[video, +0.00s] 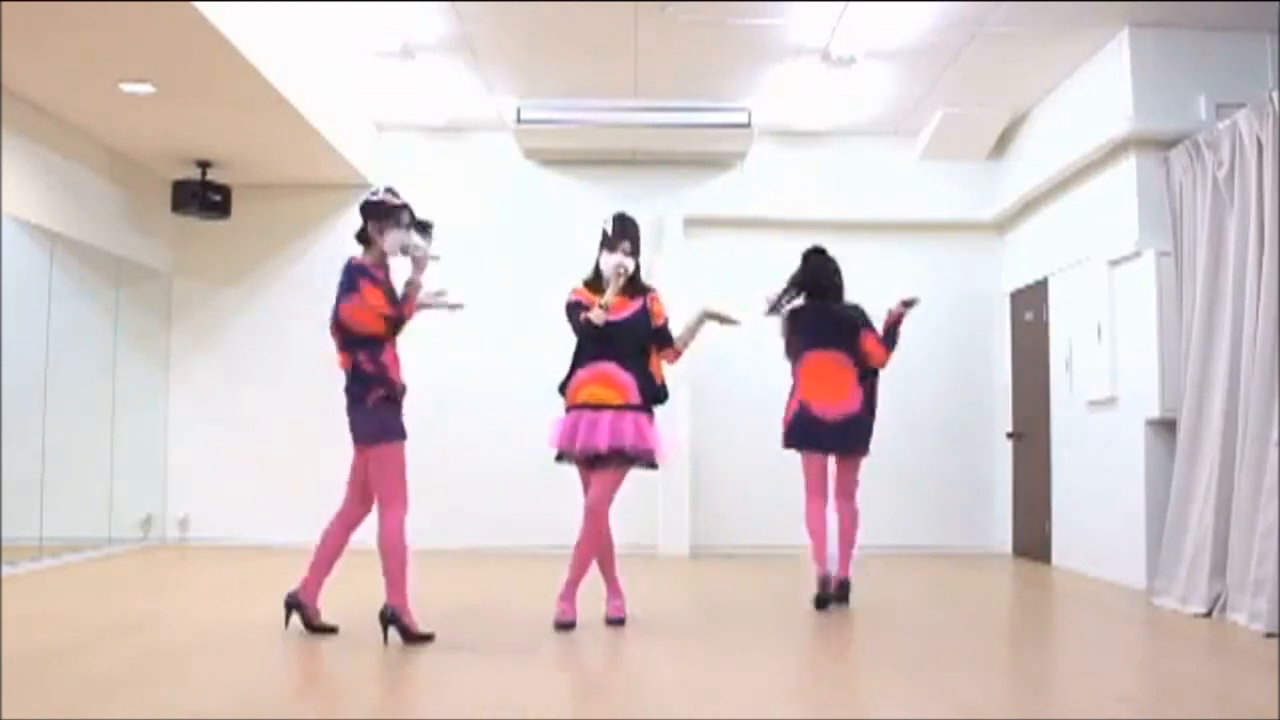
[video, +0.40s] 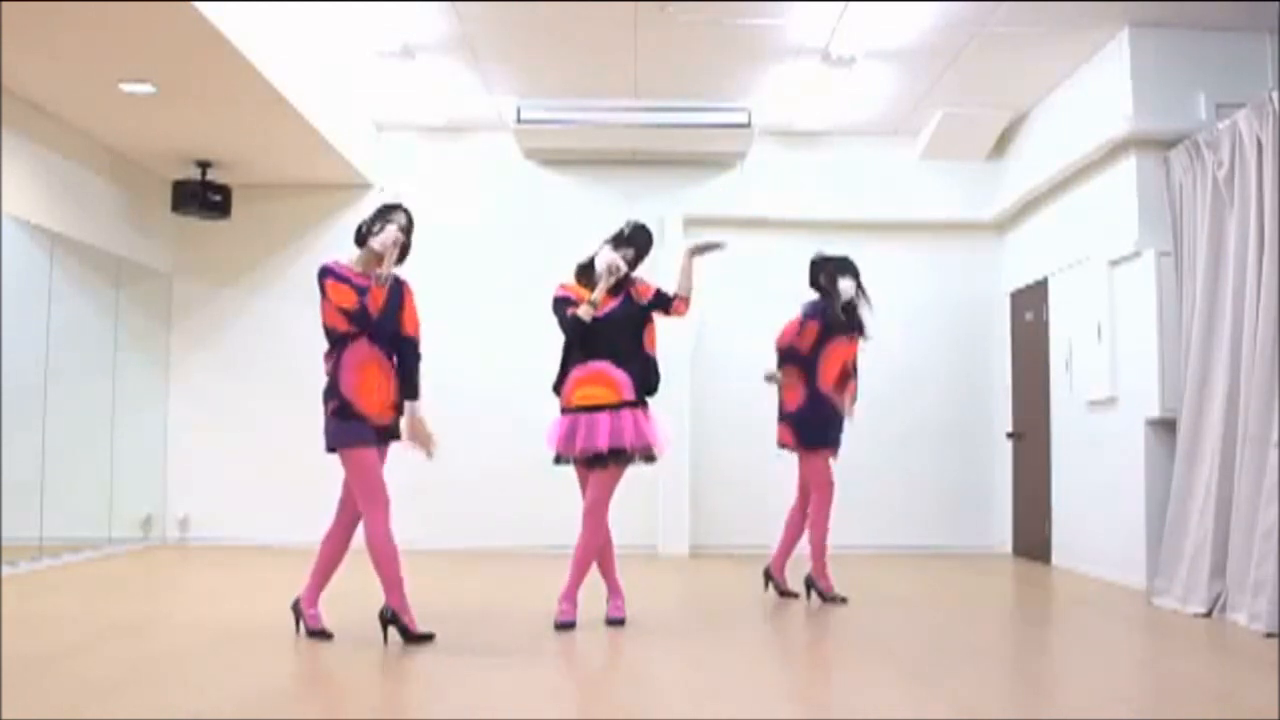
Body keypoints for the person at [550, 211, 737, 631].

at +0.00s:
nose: (620, 261)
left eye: (628, 253)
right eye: (613, 252)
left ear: (637, 258)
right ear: (599, 253)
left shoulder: (647, 301)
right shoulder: (581, 295)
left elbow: (669, 351)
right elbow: (585, 323)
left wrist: (702, 317)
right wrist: (610, 292)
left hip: (627, 406)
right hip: (585, 404)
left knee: (597, 504)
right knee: (594, 506)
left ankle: (567, 593)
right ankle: (614, 592)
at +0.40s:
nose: (623, 262)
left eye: (631, 259)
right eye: (621, 254)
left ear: (637, 261)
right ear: (607, 247)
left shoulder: (636, 290)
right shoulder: (571, 289)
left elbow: (680, 306)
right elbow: (573, 327)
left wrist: (688, 258)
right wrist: (601, 290)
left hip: (621, 405)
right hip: (579, 406)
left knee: (596, 505)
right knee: (593, 507)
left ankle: (568, 595)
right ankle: (615, 593)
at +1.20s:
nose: (612, 261)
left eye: (619, 253)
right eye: (604, 252)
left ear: (629, 256)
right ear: (592, 253)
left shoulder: (641, 297)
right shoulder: (575, 295)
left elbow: (671, 344)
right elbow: (578, 332)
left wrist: (694, 299)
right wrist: (602, 288)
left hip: (624, 407)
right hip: (581, 406)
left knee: (596, 503)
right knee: (593, 505)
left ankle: (567, 596)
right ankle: (615, 592)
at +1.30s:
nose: (612, 260)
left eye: (620, 252)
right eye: (605, 251)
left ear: (630, 255)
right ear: (593, 252)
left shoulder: (642, 297)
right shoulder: (575, 295)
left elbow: (671, 344)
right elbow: (578, 331)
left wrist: (694, 300)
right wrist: (602, 288)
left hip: (624, 406)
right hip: (581, 405)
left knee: (596, 503)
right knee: (593, 505)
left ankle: (567, 596)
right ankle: (615, 592)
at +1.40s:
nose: (613, 260)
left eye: (620, 252)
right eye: (605, 252)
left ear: (630, 255)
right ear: (593, 253)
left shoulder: (642, 297)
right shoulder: (575, 295)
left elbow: (671, 344)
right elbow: (579, 331)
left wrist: (695, 300)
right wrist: (602, 289)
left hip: (624, 407)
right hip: (581, 406)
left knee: (596, 504)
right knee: (593, 506)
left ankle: (567, 595)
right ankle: (615, 592)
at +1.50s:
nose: (613, 261)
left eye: (621, 252)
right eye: (606, 252)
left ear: (631, 255)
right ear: (593, 253)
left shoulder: (642, 297)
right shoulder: (576, 295)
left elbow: (671, 344)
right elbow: (579, 332)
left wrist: (695, 300)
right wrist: (602, 289)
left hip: (624, 407)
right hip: (582, 406)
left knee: (596, 503)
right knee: (594, 505)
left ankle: (567, 595)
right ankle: (615, 592)